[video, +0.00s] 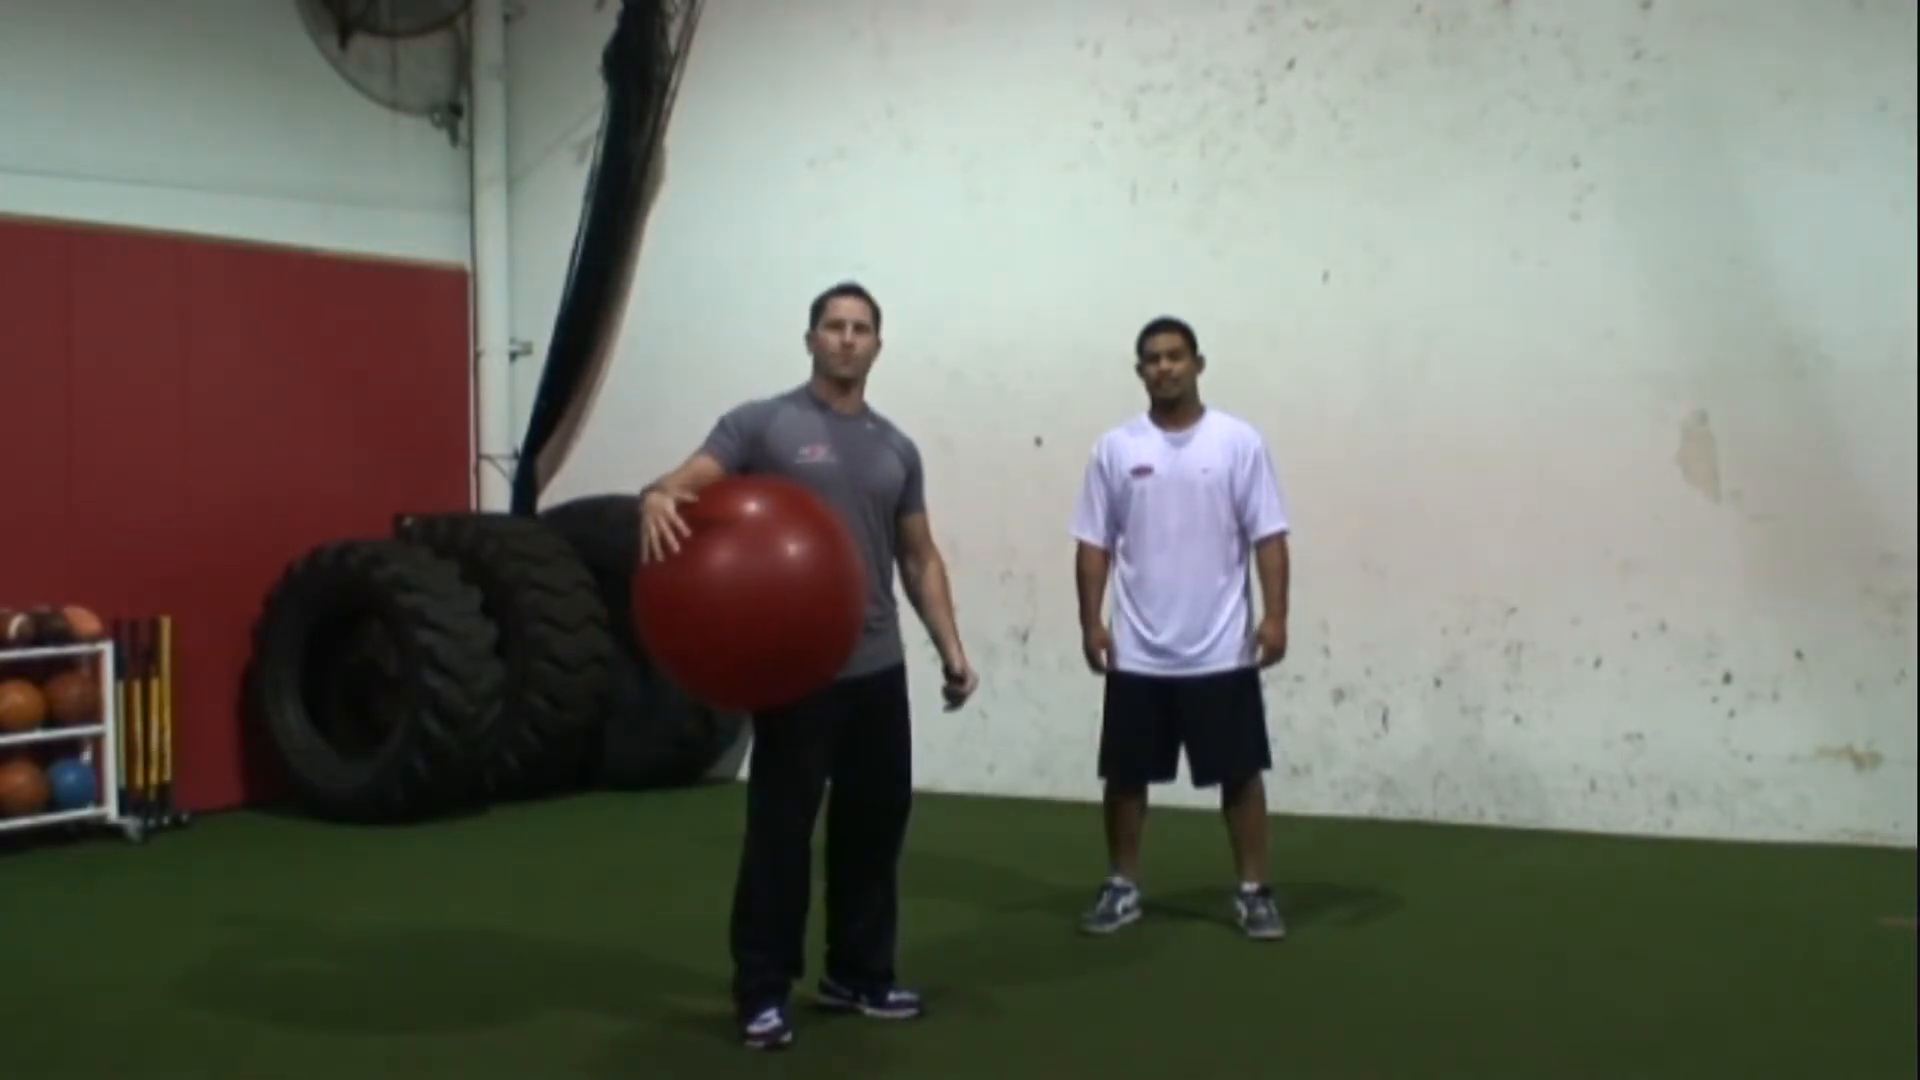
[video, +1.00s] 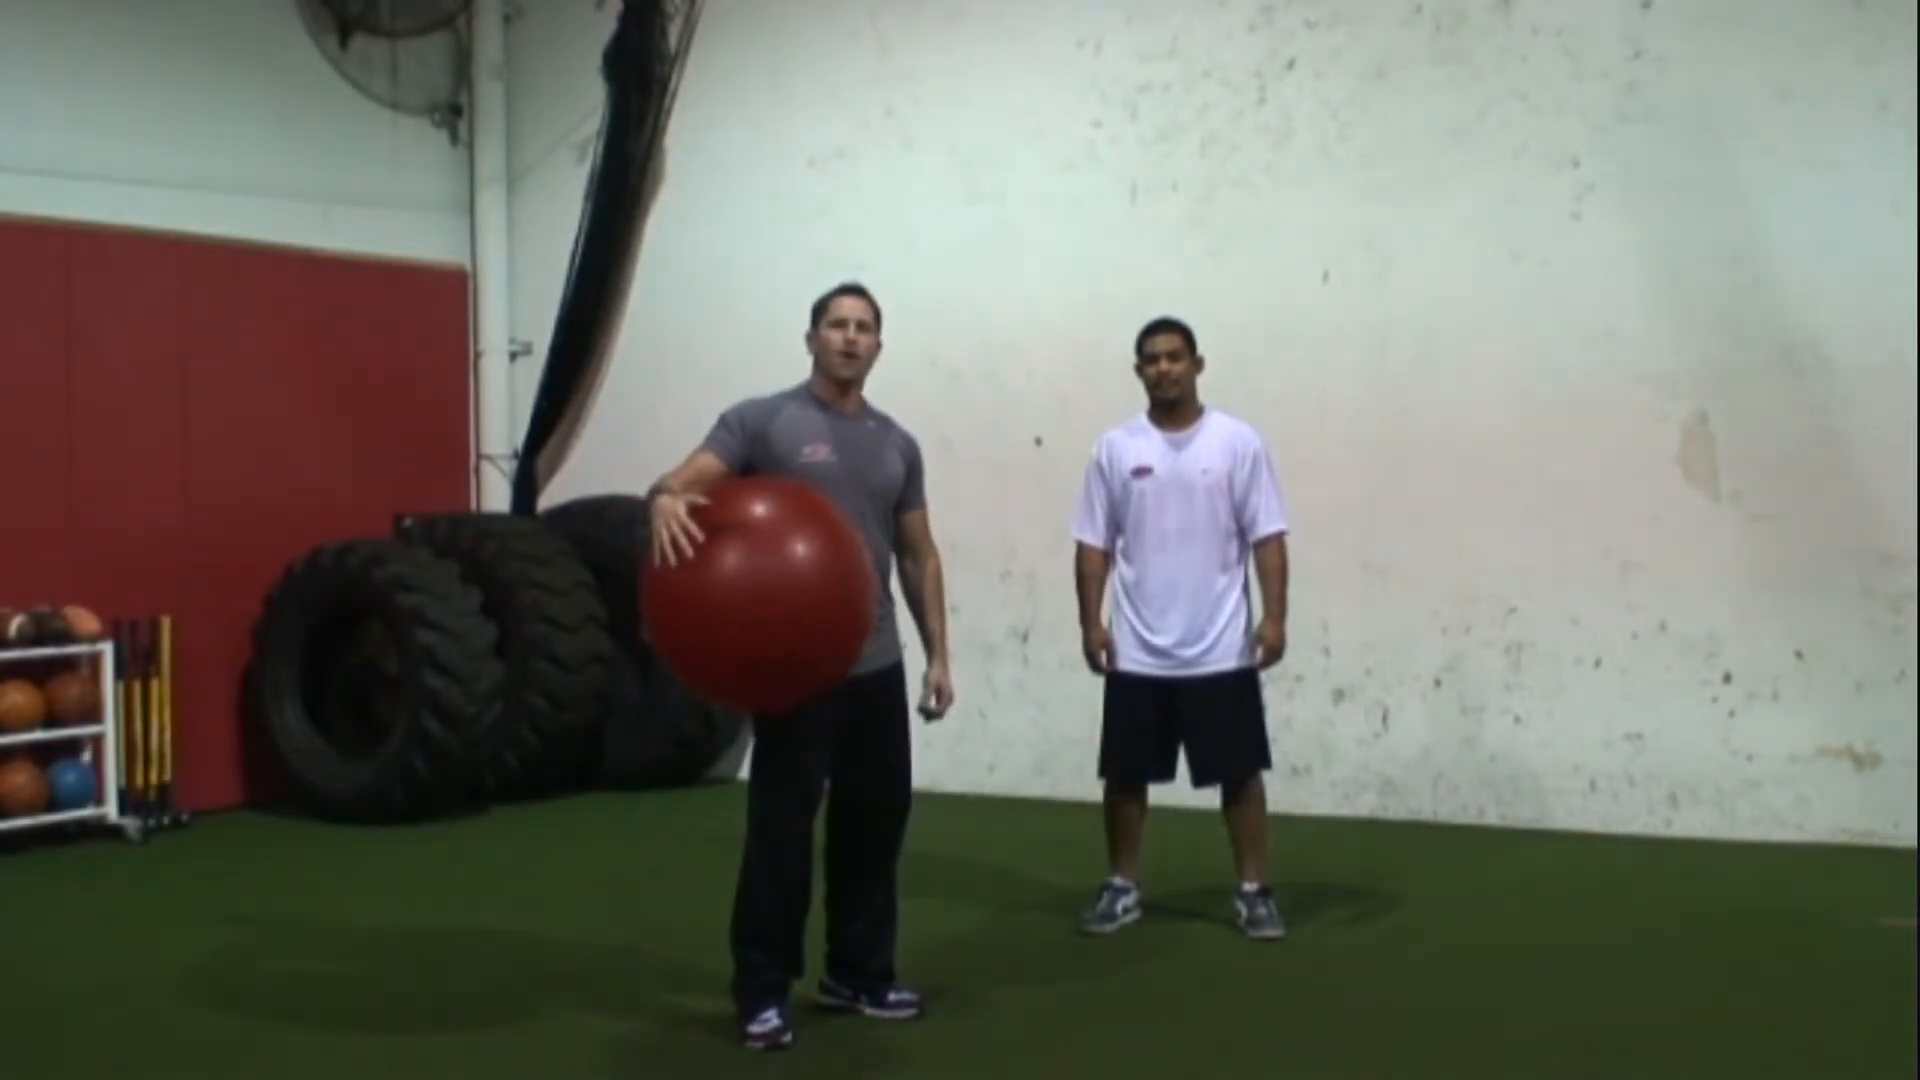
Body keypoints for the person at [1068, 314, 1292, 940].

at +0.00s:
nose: (1163, 367)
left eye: (1174, 357)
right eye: (1152, 359)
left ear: (1198, 365)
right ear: (1139, 372)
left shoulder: (1239, 443)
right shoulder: (1116, 449)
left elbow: (1269, 535)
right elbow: (1093, 540)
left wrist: (1275, 616)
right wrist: (1091, 621)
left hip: (1221, 645)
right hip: (1139, 646)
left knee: (1242, 776)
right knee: (1123, 777)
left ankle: (1254, 889)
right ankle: (1122, 883)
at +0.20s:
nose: (1164, 366)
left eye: (1175, 356)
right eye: (1153, 358)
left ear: (1199, 365)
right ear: (1140, 371)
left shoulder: (1240, 443)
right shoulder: (1116, 449)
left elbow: (1269, 536)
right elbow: (1093, 540)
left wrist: (1273, 617)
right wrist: (1092, 621)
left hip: (1221, 645)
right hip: (1139, 646)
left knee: (1242, 776)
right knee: (1124, 777)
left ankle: (1254, 889)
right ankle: (1122, 883)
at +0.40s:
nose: (1164, 368)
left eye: (1175, 357)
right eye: (1153, 360)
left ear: (1198, 365)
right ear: (1140, 371)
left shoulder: (1239, 443)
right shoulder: (1116, 449)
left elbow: (1268, 536)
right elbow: (1093, 540)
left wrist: (1273, 618)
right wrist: (1092, 621)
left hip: (1221, 645)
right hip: (1139, 646)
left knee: (1242, 776)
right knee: (1124, 777)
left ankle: (1254, 888)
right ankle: (1122, 884)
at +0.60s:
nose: (1164, 367)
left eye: (1175, 357)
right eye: (1153, 359)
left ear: (1198, 365)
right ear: (1140, 371)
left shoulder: (1239, 443)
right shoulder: (1116, 449)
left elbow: (1268, 536)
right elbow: (1093, 540)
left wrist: (1274, 618)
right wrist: (1091, 621)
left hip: (1221, 645)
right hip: (1139, 645)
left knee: (1242, 776)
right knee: (1124, 777)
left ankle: (1254, 888)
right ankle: (1122, 883)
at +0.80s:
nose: (1163, 368)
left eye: (1175, 357)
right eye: (1152, 360)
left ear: (1198, 365)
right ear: (1139, 372)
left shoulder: (1239, 443)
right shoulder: (1116, 449)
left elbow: (1268, 535)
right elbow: (1093, 541)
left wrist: (1274, 617)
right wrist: (1091, 622)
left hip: (1220, 645)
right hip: (1138, 646)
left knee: (1242, 776)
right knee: (1123, 777)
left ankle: (1254, 888)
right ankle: (1122, 883)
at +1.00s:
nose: (1163, 368)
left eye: (1174, 357)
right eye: (1152, 360)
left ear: (1197, 365)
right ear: (1138, 372)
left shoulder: (1239, 443)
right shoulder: (1116, 449)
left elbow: (1268, 535)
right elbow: (1094, 541)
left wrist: (1274, 616)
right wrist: (1091, 622)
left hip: (1220, 645)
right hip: (1138, 646)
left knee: (1242, 776)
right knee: (1123, 777)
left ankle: (1254, 889)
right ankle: (1122, 883)